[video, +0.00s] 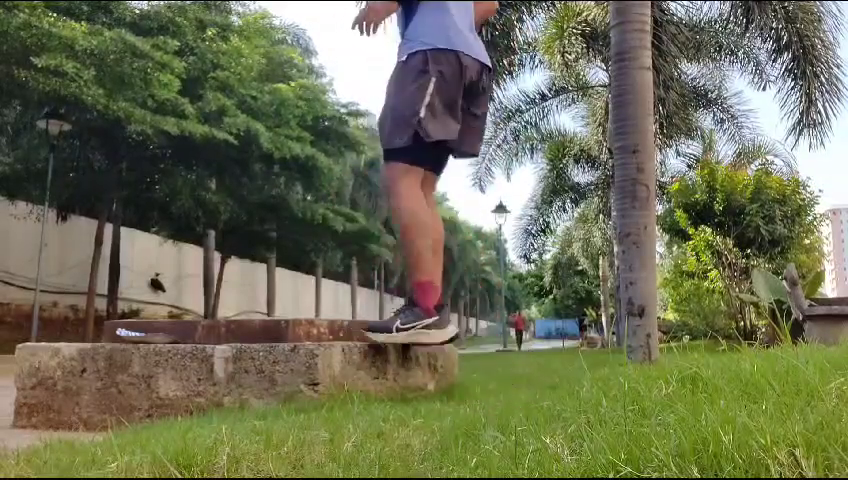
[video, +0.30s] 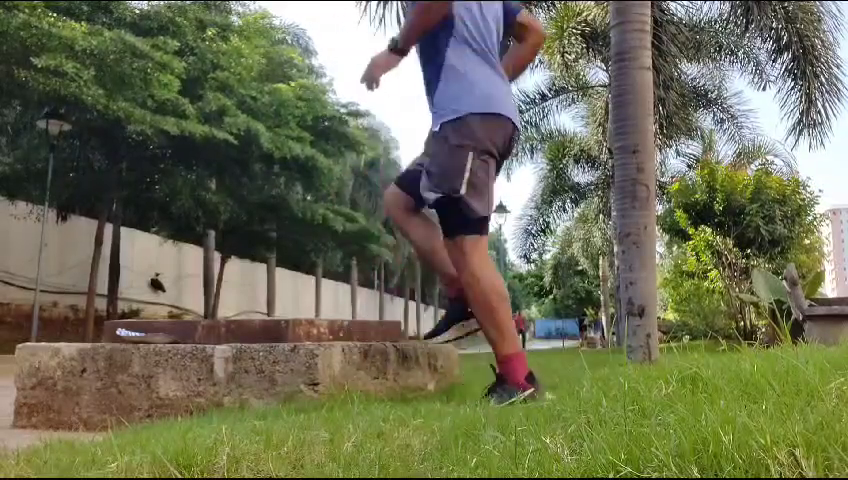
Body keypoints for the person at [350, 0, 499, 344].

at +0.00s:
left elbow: (387, 5)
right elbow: (488, 4)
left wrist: (383, 5)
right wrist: (444, 25)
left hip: (432, 49)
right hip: (473, 59)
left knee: (402, 178)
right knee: (423, 190)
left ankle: (424, 306)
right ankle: (432, 310)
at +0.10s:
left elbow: (387, 4)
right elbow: (501, 2)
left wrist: (374, 10)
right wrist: (463, 32)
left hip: (438, 57)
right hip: (476, 67)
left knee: (410, 184)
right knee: (426, 189)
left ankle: (465, 309)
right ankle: (430, 313)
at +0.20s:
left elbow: (386, 7)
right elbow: (518, 2)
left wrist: (379, 12)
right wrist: (474, 34)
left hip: (459, 68)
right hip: (489, 75)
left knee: (445, 206)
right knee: (406, 184)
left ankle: (482, 344)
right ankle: (437, 302)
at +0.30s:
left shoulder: (430, 4)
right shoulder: (492, 5)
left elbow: (437, 6)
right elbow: (535, 32)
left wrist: (394, 51)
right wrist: (494, 80)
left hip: (467, 114)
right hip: (499, 115)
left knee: (468, 253)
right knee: (398, 201)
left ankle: (517, 379)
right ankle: (461, 295)